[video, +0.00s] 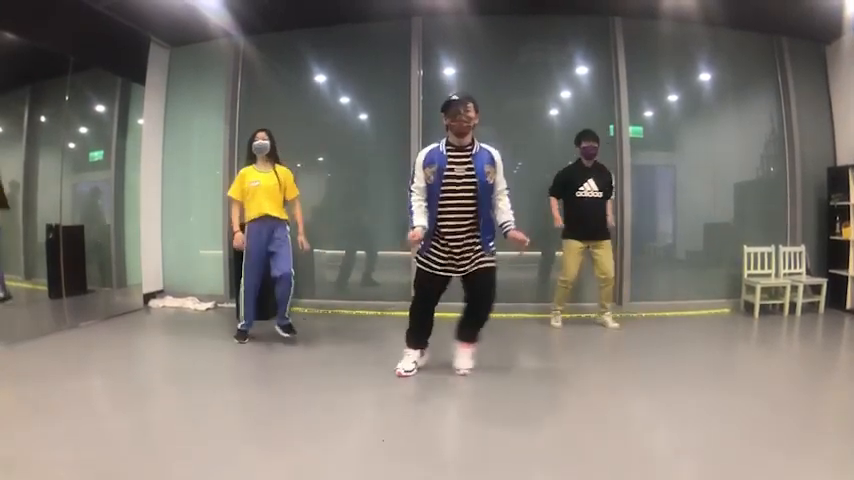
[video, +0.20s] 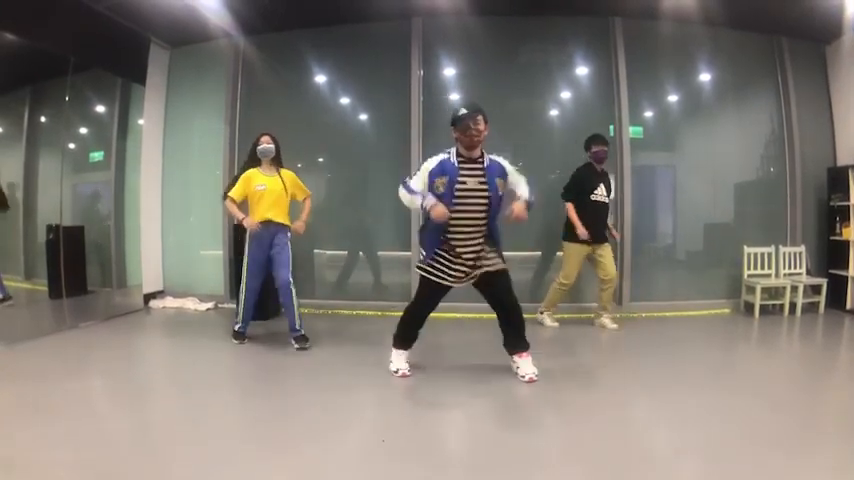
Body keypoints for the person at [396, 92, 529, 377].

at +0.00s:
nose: (463, 119)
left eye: (468, 114)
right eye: (456, 115)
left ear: (476, 117)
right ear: (446, 120)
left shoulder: (490, 156)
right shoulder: (428, 156)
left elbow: (500, 195)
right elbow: (418, 195)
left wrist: (509, 227)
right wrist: (419, 225)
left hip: (477, 244)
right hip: (437, 243)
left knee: (483, 297)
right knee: (423, 298)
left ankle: (466, 344)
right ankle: (415, 349)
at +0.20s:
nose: (474, 134)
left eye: (478, 127)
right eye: (467, 129)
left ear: (486, 129)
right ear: (455, 133)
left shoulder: (498, 166)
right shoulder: (439, 164)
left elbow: (521, 185)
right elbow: (407, 190)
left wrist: (521, 201)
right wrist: (430, 203)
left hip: (484, 252)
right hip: (445, 252)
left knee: (507, 303)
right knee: (423, 305)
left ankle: (521, 355)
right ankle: (400, 351)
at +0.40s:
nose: (476, 127)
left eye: (481, 120)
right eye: (470, 122)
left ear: (491, 121)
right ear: (461, 124)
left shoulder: (508, 151)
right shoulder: (450, 157)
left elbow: (534, 183)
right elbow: (443, 193)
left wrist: (514, 196)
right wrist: (430, 209)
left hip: (500, 237)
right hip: (462, 236)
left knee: (512, 298)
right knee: (454, 284)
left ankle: (523, 354)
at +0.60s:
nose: (468, 125)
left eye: (474, 119)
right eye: (462, 121)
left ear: (487, 121)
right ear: (456, 126)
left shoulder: (499, 154)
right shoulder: (456, 160)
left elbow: (504, 200)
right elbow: (451, 203)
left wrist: (489, 241)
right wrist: (447, 238)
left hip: (495, 242)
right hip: (460, 240)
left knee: (513, 300)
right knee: (437, 287)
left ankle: (536, 354)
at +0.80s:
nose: (455, 149)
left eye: (460, 142)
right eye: (448, 145)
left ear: (473, 143)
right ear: (442, 150)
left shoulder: (480, 172)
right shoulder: (445, 175)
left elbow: (512, 200)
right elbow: (437, 193)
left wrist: (467, 213)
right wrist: (430, 208)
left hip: (485, 263)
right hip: (450, 261)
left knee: (507, 314)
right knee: (421, 303)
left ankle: (553, 359)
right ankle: (410, 352)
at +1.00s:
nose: (443, 134)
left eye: (448, 127)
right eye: (436, 129)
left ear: (458, 127)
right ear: (428, 133)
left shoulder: (475, 159)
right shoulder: (417, 165)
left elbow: (493, 190)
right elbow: (407, 201)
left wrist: (491, 222)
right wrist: (404, 204)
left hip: (464, 245)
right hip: (428, 246)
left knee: (460, 292)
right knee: (416, 300)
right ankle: (407, 351)